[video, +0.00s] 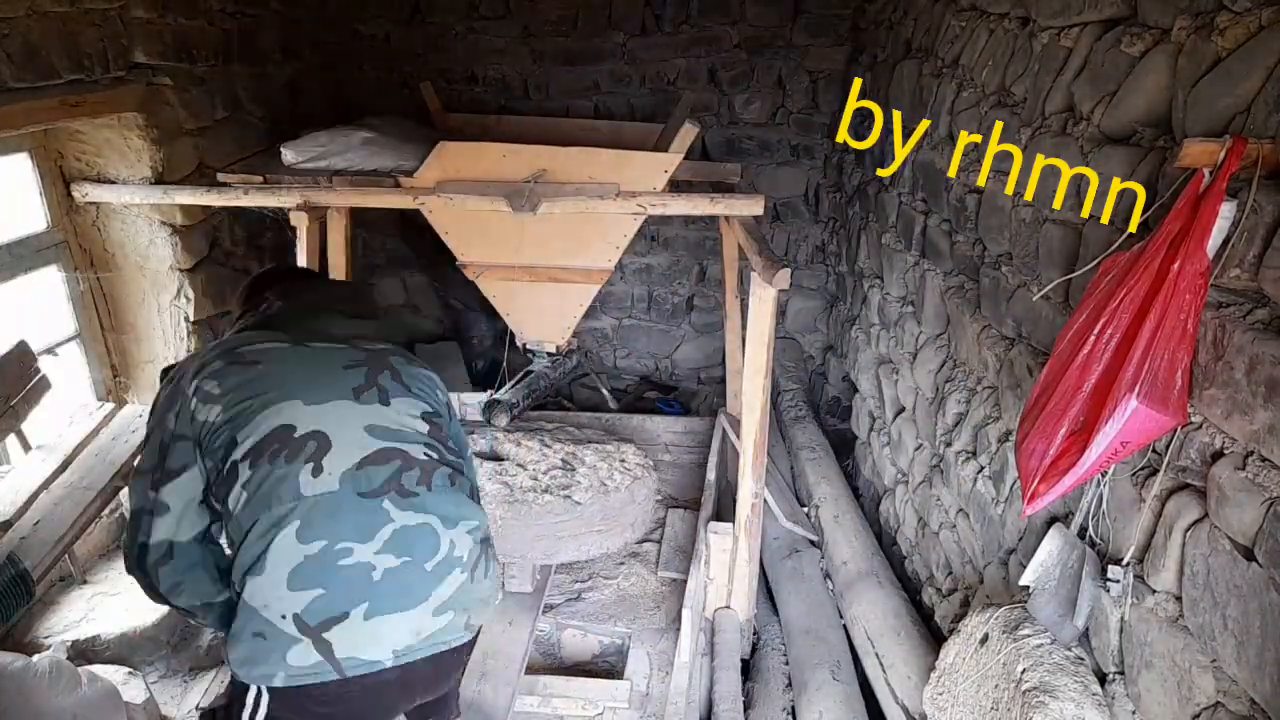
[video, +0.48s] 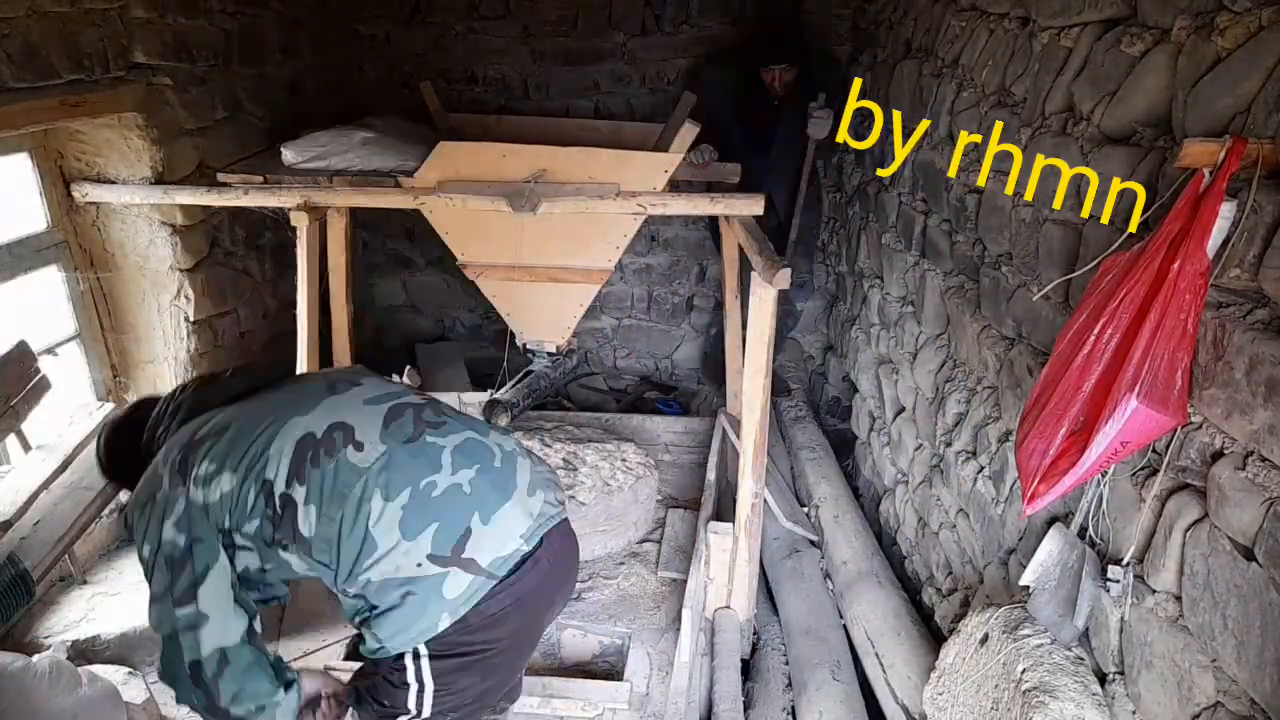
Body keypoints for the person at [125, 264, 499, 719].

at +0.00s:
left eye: (240, 309)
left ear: (249, 312)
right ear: (337, 304)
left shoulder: (199, 379)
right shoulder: (408, 367)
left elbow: (164, 548)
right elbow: (465, 495)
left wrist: (249, 620)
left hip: (311, 667)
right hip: (449, 644)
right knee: (433, 706)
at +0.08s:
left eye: (174, 320)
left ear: (184, 322)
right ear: (294, 302)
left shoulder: (145, 405)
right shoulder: (370, 354)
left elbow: (175, 588)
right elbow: (437, 471)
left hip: (300, 682)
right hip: (454, 638)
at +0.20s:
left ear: (344, 180)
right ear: (436, 196)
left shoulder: (262, 258)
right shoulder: (469, 302)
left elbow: (220, 392)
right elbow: (485, 430)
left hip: (320, 606)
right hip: (446, 576)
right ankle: (497, 646)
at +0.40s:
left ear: (333, 186)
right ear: (428, 190)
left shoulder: (268, 264)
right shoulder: (470, 291)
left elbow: (226, 422)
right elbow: (491, 419)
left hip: (337, 608)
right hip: (469, 575)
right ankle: (494, 699)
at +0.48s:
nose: (134, 505)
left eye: (130, 493)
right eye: (128, 493)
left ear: (135, 476)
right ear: (173, 416)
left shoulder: (168, 495)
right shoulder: (260, 414)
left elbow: (213, 663)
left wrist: (299, 699)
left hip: (451, 598)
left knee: (393, 704)